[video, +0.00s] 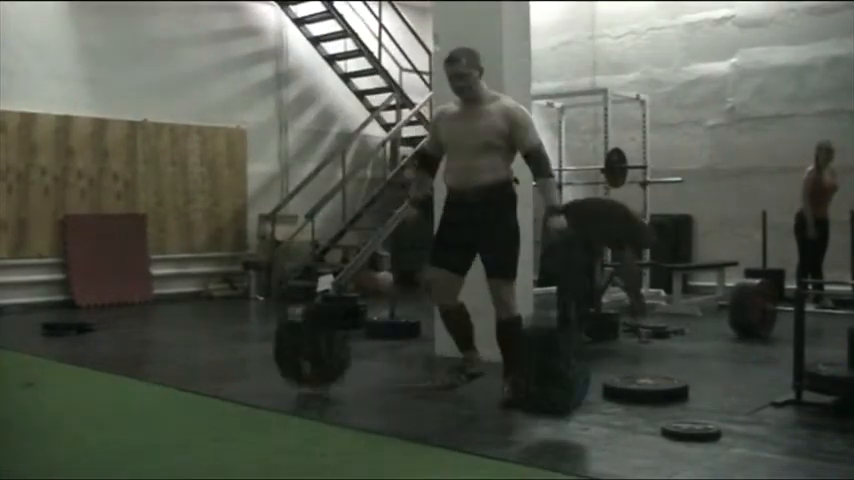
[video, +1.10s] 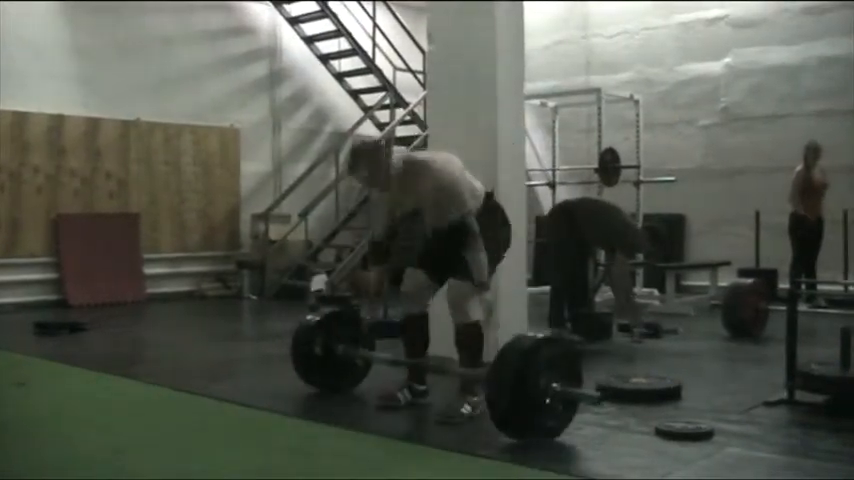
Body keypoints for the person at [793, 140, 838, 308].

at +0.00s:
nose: (826, 157)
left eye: (828, 154)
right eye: (823, 154)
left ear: (831, 156)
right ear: (817, 154)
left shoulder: (830, 173)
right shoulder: (811, 173)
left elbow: (829, 194)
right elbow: (805, 200)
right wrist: (810, 224)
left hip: (821, 219)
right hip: (807, 218)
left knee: (817, 259)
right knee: (805, 258)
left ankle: (819, 294)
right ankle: (801, 293)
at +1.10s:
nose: (814, 158)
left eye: (816, 155)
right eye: (812, 154)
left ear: (819, 156)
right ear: (806, 154)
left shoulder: (819, 173)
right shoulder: (801, 173)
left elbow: (818, 195)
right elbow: (794, 196)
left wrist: (823, 187)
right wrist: (801, 212)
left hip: (815, 219)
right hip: (800, 219)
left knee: (811, 259)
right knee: (799, 258)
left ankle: (812, 294)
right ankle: (794, 293)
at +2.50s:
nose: (817, 161)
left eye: (819, 157)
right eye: (814, 157)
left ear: (820, 158)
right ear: (806, 156)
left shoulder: (819, 174)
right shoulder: (797, 174)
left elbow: (820, 198)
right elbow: (791, 199)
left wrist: (824, 191)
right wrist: (814, 191)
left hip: (818, 219)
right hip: (802, 218)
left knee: (812, 260)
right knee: (800, 258)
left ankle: (812, 295)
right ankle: (793, 294)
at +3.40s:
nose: (820, 159)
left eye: (822, 155)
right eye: (818, 154)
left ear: (822, 156)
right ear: (809, 153)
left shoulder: (813, 173)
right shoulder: (798, 171)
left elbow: (811, 197)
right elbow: (792, 196)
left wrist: (823, 192)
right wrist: (815, 192)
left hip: (817, 217)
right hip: (802, 218)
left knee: (814, 258)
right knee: (801, 257)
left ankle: (812, 294)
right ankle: (794, 292)